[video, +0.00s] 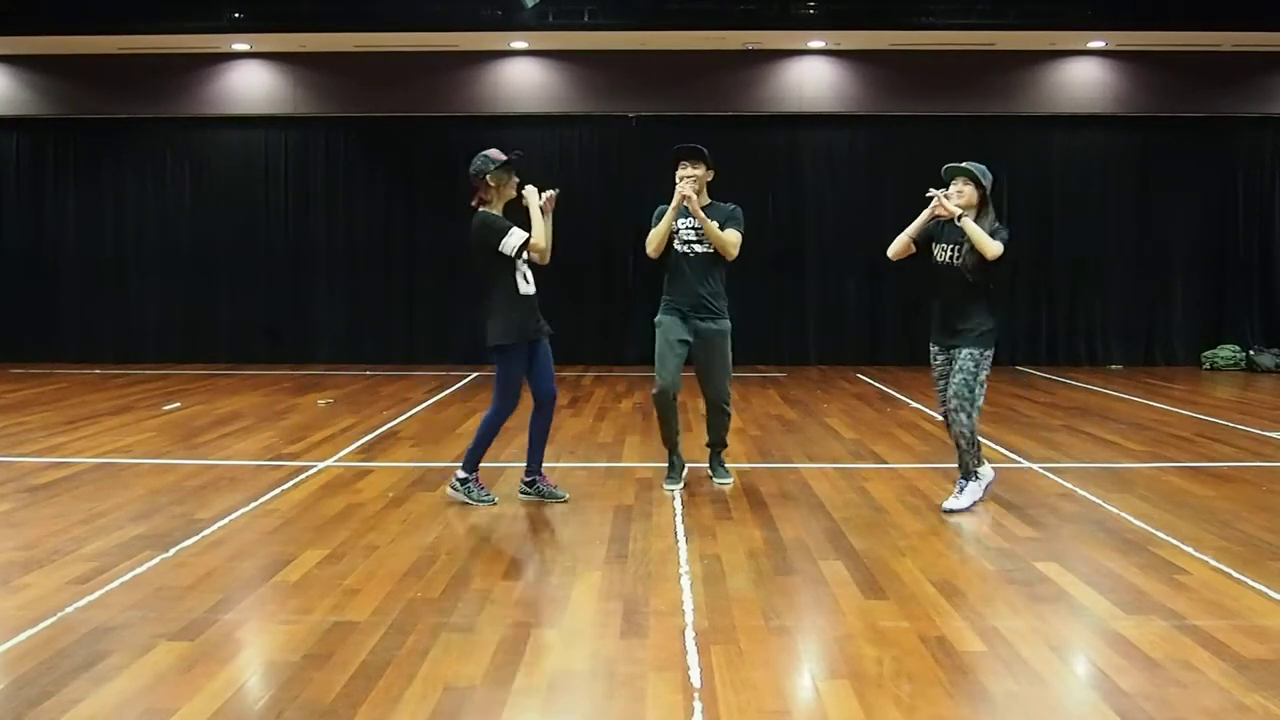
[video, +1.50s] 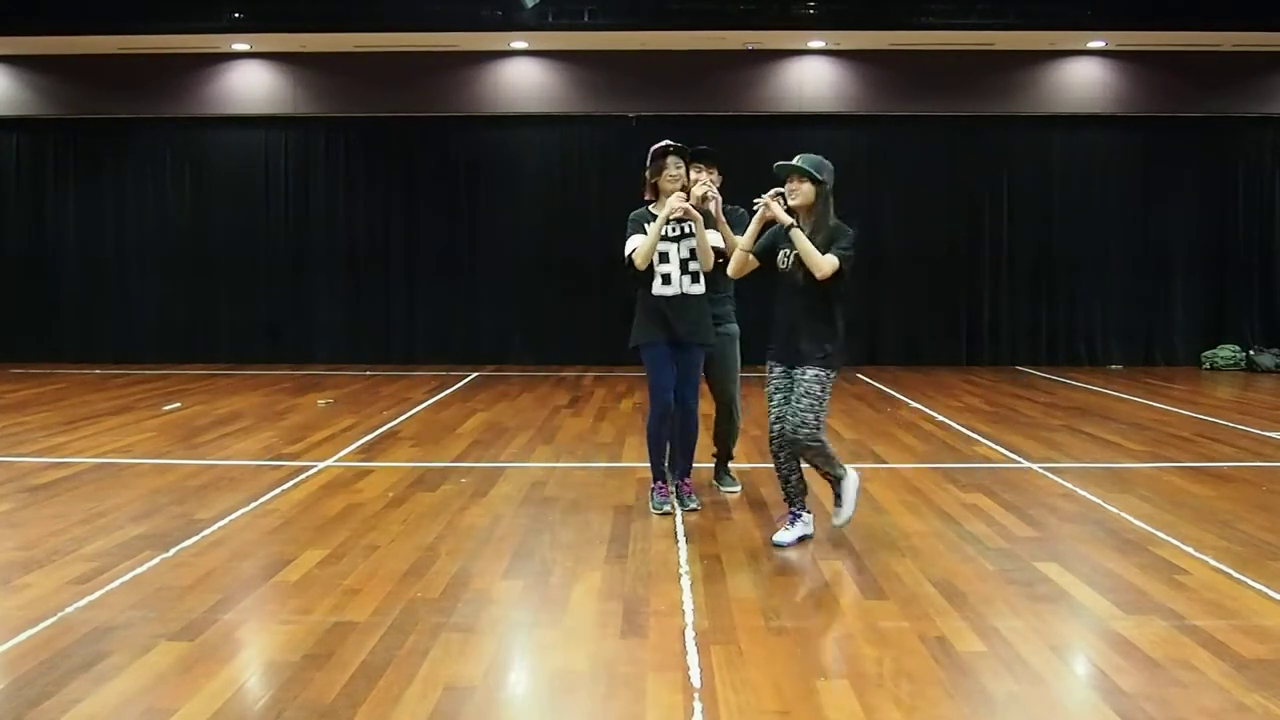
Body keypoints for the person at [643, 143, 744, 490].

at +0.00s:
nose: (687, 173)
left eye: (694, 168)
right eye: (682, 168)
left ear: (708, 175)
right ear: (675, 175)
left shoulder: (728, 212)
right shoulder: (664, 212)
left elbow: (731, 250)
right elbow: (652, 250)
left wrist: (698, 213)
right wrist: (674, 208)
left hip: (713, 317)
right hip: (673, 315)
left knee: (719, 397)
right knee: (664, 389)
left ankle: (717, 457)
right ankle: (674, 460)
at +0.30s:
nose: (683, 176)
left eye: (690, 170)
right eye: (678, 170)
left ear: (703, 177)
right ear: (669, 177)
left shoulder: (720, 214)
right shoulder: (656, 214)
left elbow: (728, 250)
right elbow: (656, 251)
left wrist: (700, 213)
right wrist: (677, 208)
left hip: (715, 307)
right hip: (674, 315)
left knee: (744, 345)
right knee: (672, 392)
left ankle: (720, 416)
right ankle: (677, 463)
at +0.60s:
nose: (694, 174)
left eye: (701, 169)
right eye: (689, 168)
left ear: (710, 177)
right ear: (678, 175)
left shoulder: (728, 215)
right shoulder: (664, 213)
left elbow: (726, 255)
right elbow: (660, 254)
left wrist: (701, 214)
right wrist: (683, 208)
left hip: (714, 320)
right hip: (673, 315)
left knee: (714, 398)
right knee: (659, 377)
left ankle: (708, 464)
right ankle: (673, 438)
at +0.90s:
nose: (691, 170)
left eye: (697, 164)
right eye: (684, 163)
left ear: (706, 169)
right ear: (672, 169)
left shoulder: (724, 206)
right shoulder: (665, 205)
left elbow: (729, 250)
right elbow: (660, 244)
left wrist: (705, 208)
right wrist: (680, 203)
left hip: (714, 315)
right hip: (675, 314)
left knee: (716, 396)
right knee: (673, 395)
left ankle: (708, 464)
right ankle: (675, 466)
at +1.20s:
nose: (690, 176)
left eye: (695, 170)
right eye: (684, 170)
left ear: (704, 174)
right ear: (673, 174)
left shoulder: (713, 205)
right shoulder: (663, 209)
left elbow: (732, 258)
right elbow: (657, 244)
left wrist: (718, 218)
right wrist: (683, 204)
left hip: (712, 301)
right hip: (672, 304)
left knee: (752, 348)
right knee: (678, 385)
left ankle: (729, 418)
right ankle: (675, 462)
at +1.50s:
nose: (703, 178)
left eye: (709, 173)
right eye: (696, 172)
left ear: (719, 179)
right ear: (685, 178)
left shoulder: (733, 215)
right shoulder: (678, 214)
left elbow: (739, 255)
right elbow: (670, 249)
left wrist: (718, 217)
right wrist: (689, 206)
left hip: (722, 318)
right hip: (684, 318)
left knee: (729, 398)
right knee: (681, 398)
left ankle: (723, 465)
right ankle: (679, 468)